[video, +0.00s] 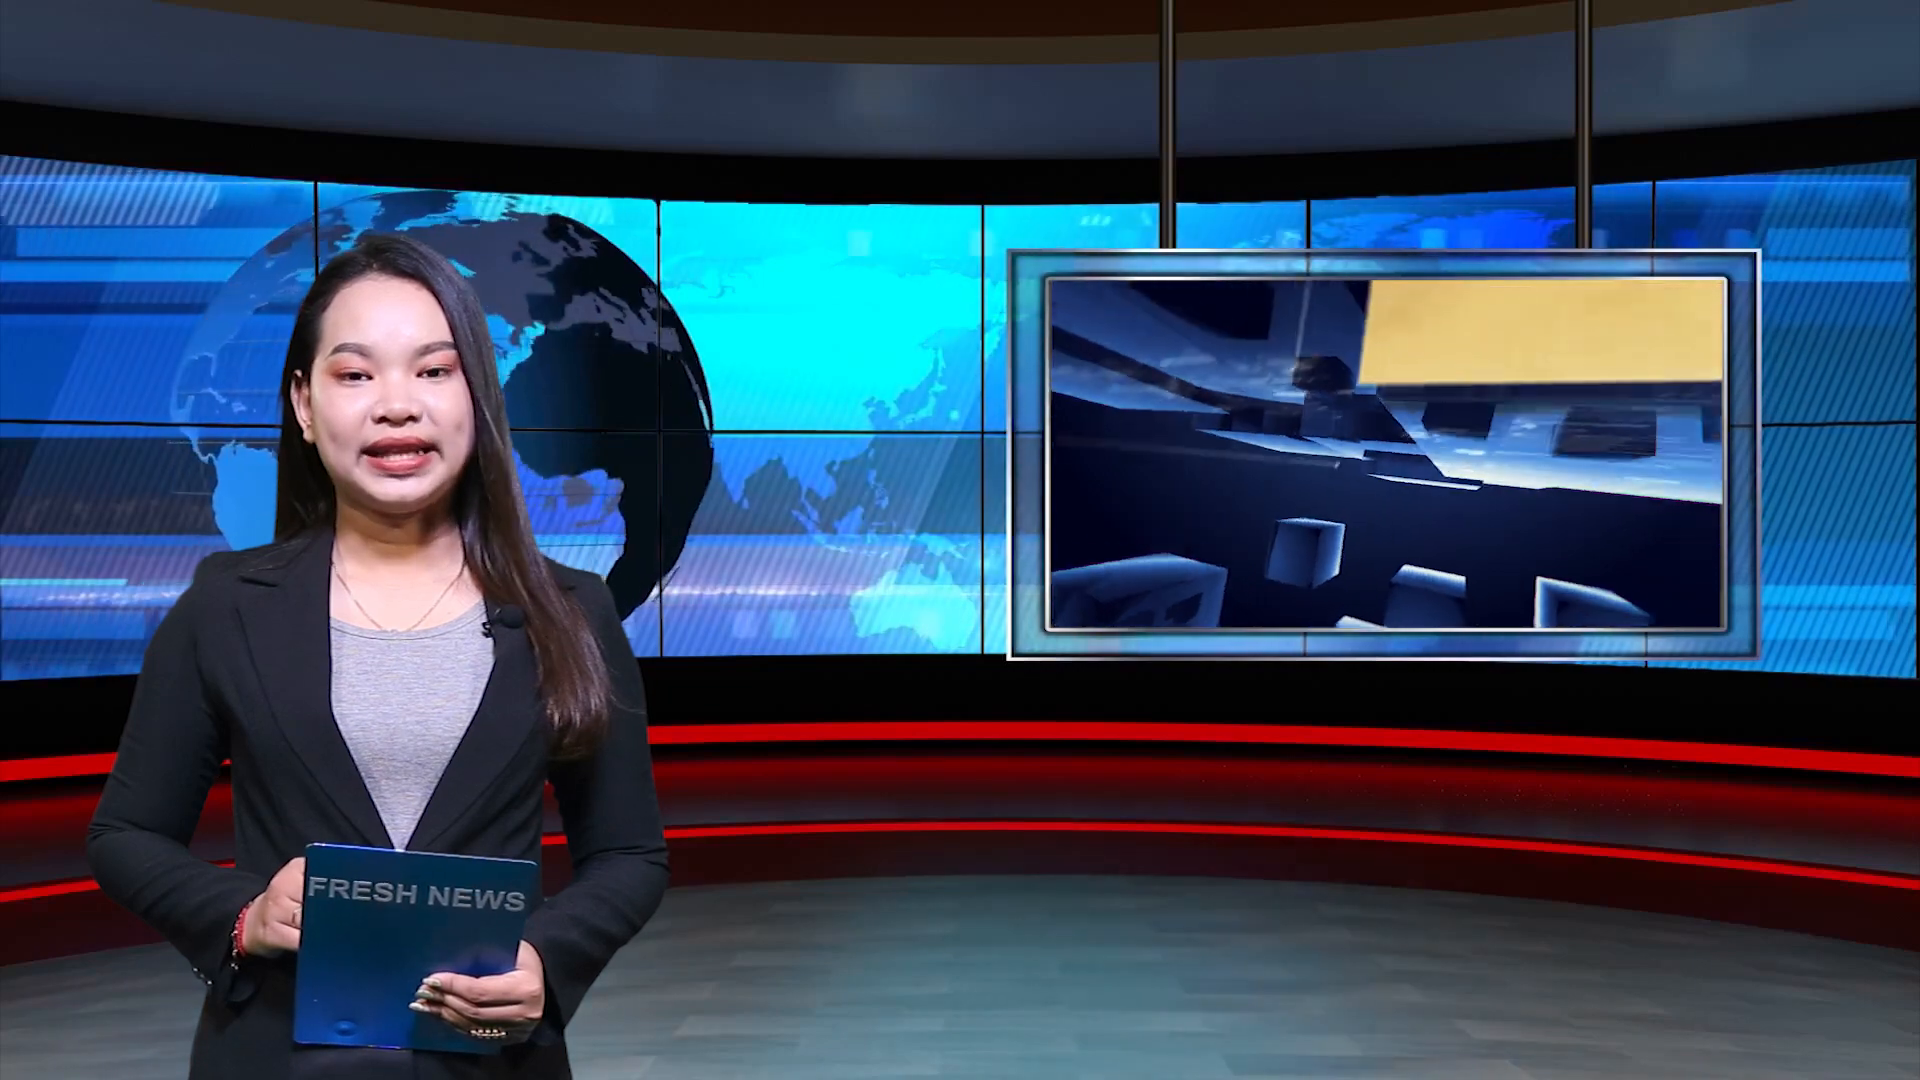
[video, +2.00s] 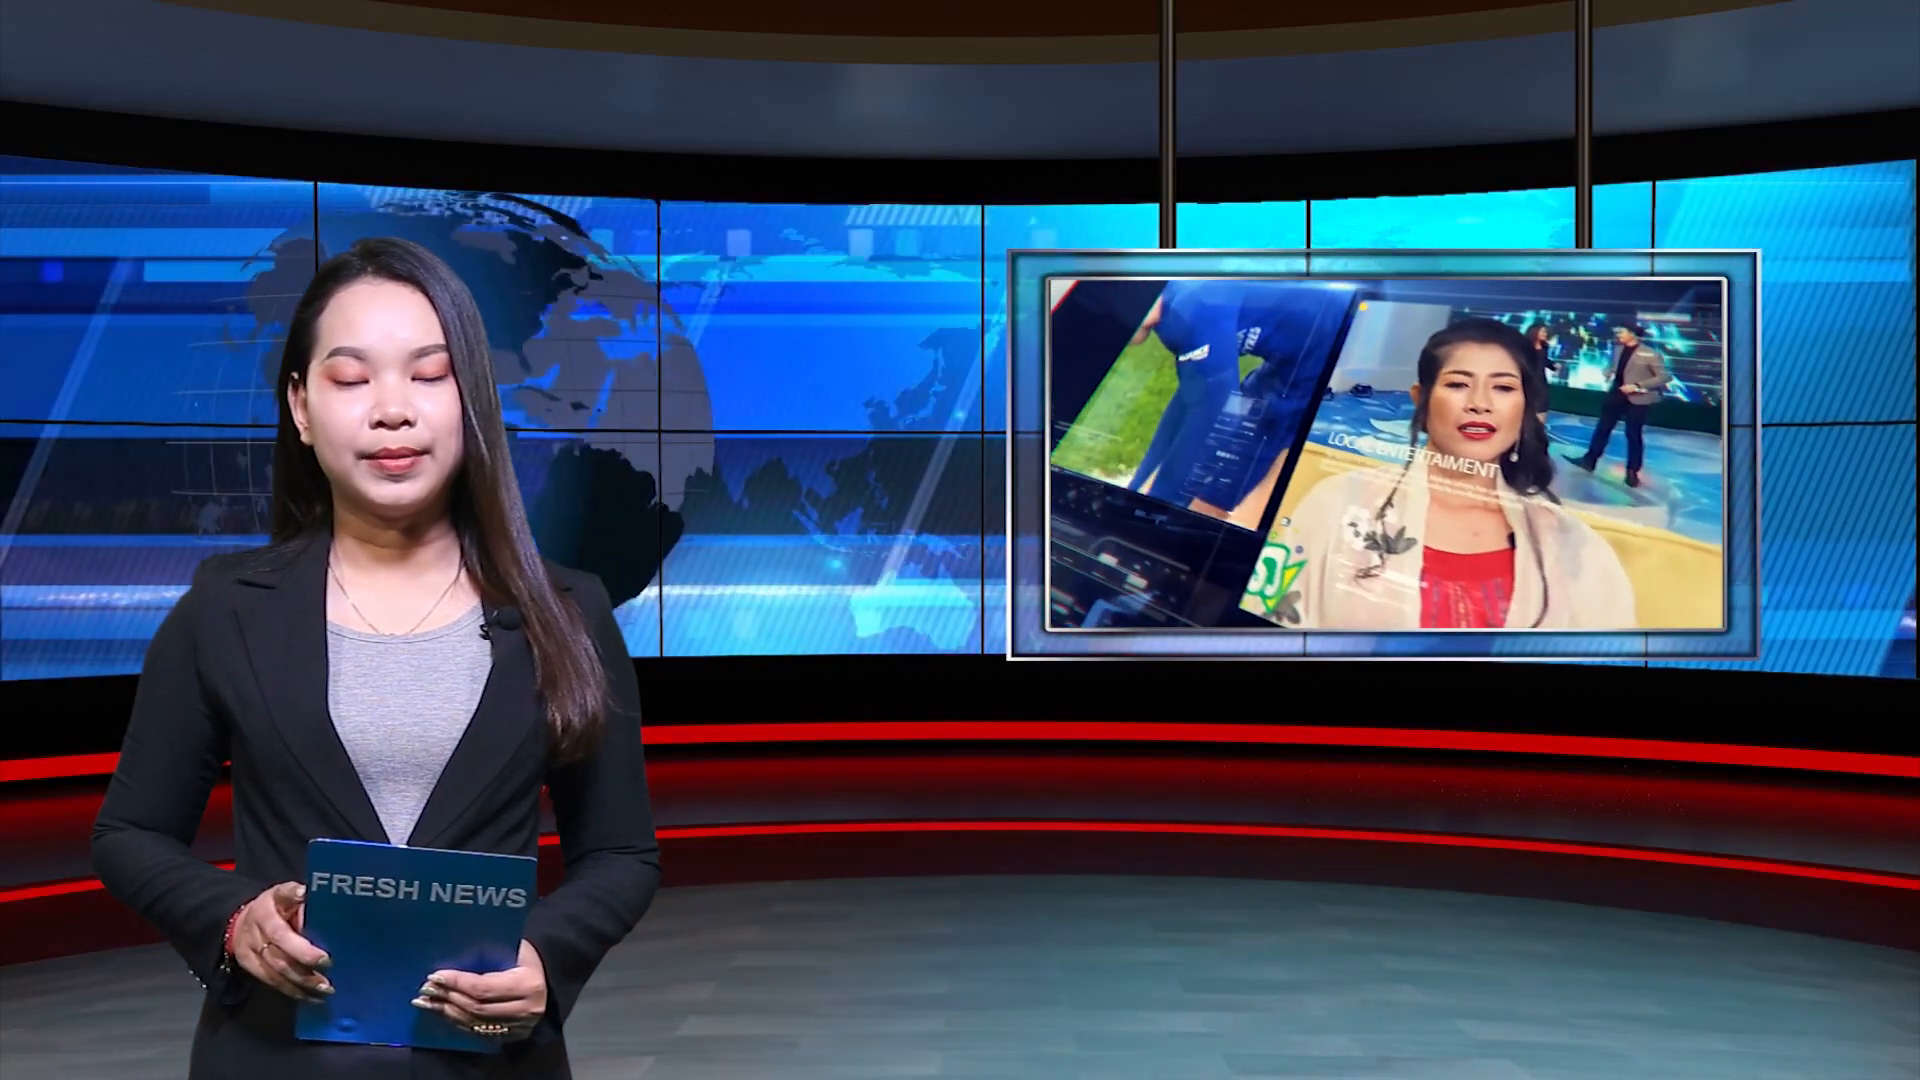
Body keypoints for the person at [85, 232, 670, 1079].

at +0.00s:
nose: (397, 404)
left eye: (431, 369)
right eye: (354, 373)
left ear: (476, 396)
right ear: (304, 405)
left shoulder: (568, 613)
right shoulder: (227, 608)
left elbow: (629, 856)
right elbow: (126, 836)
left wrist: (544, 964)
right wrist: (241, 911)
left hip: (493, 1050)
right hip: (276, 1053)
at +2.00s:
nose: (393, 410)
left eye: (427, 374)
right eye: (351, 377)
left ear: (470, 400)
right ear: (301, 408)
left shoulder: (564, 615)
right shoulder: (226, 612)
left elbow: (620, 855)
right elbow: (129, 835)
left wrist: (543, 960)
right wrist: (229, 916)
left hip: (491, 1051)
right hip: (276, 1054)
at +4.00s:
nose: (401, 422)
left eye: (435, 382)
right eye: (359, 384)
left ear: (472, 407)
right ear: (305, 410)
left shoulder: (560, 617)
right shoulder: (228, 614)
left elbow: (618, 857)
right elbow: (129, 839)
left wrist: (547, 958)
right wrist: (232, 914)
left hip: (492, 1051)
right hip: (278, 1053)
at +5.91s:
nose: (395, 412)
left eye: (431, 375)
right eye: (354, 378)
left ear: (477, 399)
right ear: (309, 410)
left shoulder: (567, 617)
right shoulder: (234, 612)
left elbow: (623, 856)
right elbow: (133, 838)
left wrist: (556, 959)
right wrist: (240, 915)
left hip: (498, 1051)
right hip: (282, 1053)